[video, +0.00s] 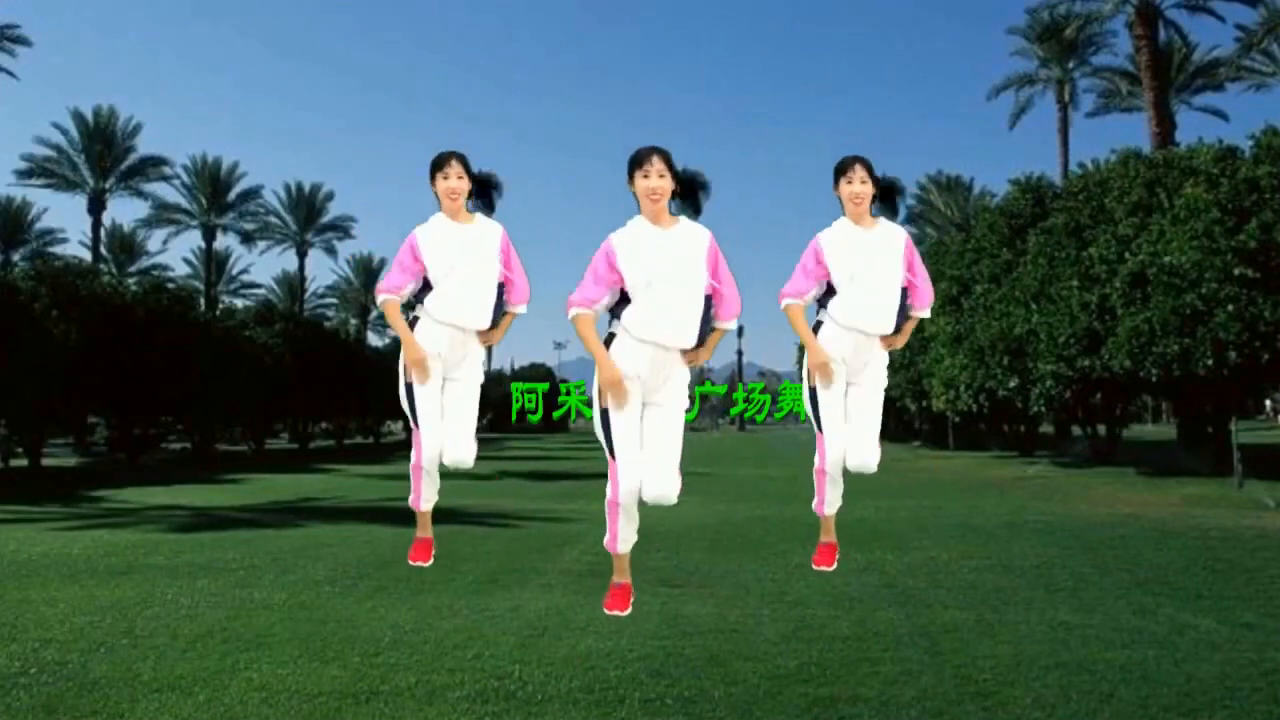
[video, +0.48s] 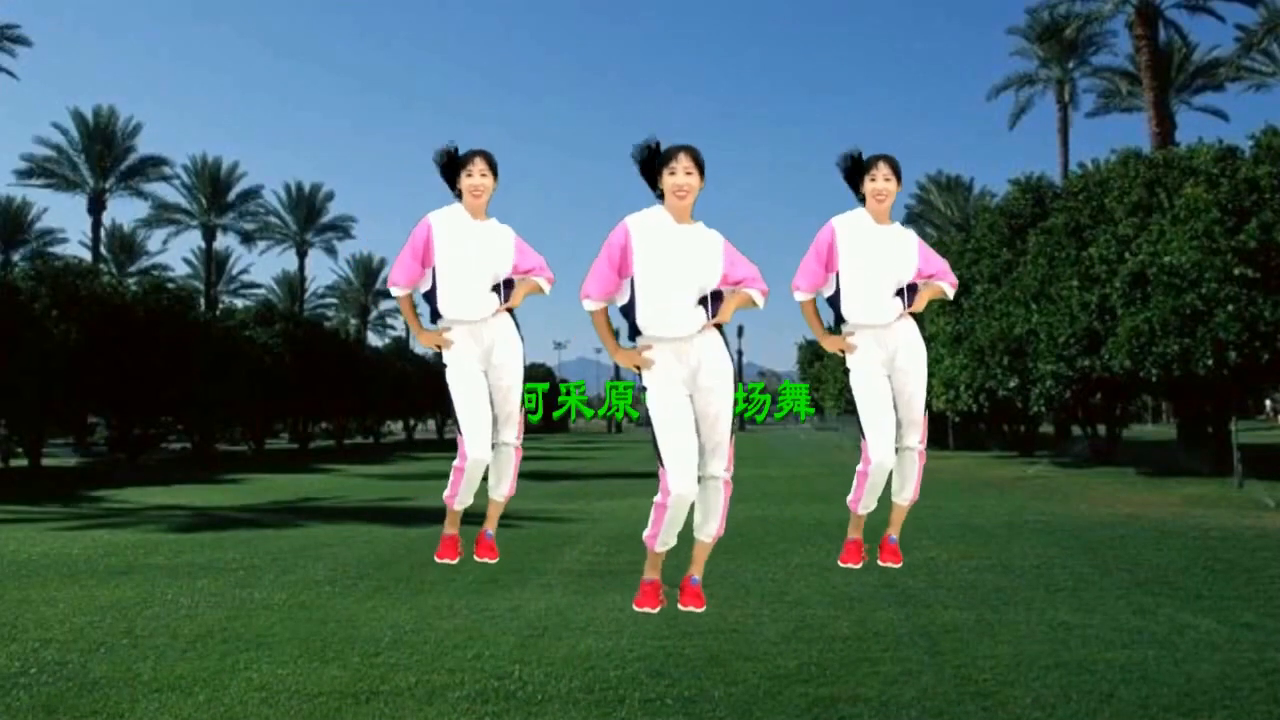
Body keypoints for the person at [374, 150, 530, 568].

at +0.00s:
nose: (453, 184)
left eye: (460, 177)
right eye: (445, 178)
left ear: (471, 184)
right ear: (434, 186)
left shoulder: (493, 234)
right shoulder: (424, 236)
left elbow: (519, 292)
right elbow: (387, 293)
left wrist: (496, 333)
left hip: (470, 343)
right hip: (427, 338)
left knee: (461, 455)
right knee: (427, 442)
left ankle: (430, 435)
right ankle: (424, 531)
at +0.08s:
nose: (454, 181)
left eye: (461, 174)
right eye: (446, 175)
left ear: (472, 181)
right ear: (435, 183)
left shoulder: (494, 231)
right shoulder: (424, 234)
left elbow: (520, 288)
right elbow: (374, 280)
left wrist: (497, 330)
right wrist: (392, 330)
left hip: (472, 342)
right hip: (430, 339)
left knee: (466, 453)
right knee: (429, 444)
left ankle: (432, 418)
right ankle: (424, 533)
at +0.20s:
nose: (461, 156)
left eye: (468, 149)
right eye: (453, 149)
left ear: (478, 158)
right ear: (441, 158)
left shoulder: (497, 207)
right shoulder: (422, 205)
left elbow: (530, 255)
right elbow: (372, 239)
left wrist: (506, 298)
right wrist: (402, 287)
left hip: (483, 319)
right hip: (438, 318)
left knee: (484, 428)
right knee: (438, 427)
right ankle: (426, 528)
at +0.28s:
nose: (464, 155)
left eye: (472, 148)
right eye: (457, 148)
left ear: (482, 156)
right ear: (444, 155)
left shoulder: (498, 202)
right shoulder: (423, 201)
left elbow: (533, 248)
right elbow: (378, 240)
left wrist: (512, 289)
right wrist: (413, 289)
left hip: (489, 313)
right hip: (444, 315)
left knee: (489, 425)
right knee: (446, 427)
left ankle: (488, 530)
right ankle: (433, 528)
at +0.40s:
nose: (474, 176)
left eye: (482, 170)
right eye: (466, 169)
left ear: (491, 178)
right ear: (454, 177)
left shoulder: (500, 223)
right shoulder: (433, 220)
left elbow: (536, 268)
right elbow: (397, 277)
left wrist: (512, 303)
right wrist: (419, 328)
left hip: (500, 329)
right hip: (456, 332)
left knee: (503, 435)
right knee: (471, 442)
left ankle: (487, 531)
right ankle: (450, 530)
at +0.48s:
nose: (477, 182)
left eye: (485, 175)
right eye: (469, 174)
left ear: (494, 183)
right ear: (457, 182)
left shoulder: (503, 234)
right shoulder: (436, 225)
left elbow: (541, 275)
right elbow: (400, 281)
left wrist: (519, 293)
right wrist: (420, 331)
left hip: (503, 334)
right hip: (459, 338)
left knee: (509, 436)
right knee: (477, 445)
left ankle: (489, 532)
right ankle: (451, 530)